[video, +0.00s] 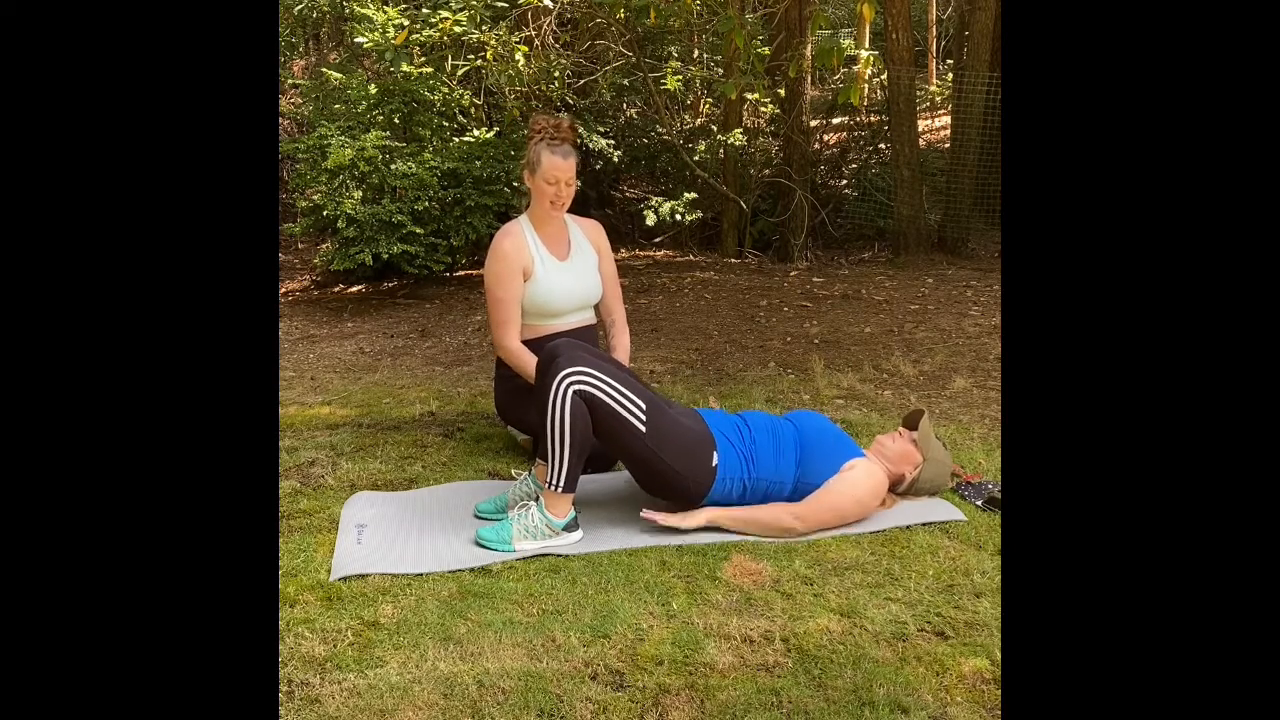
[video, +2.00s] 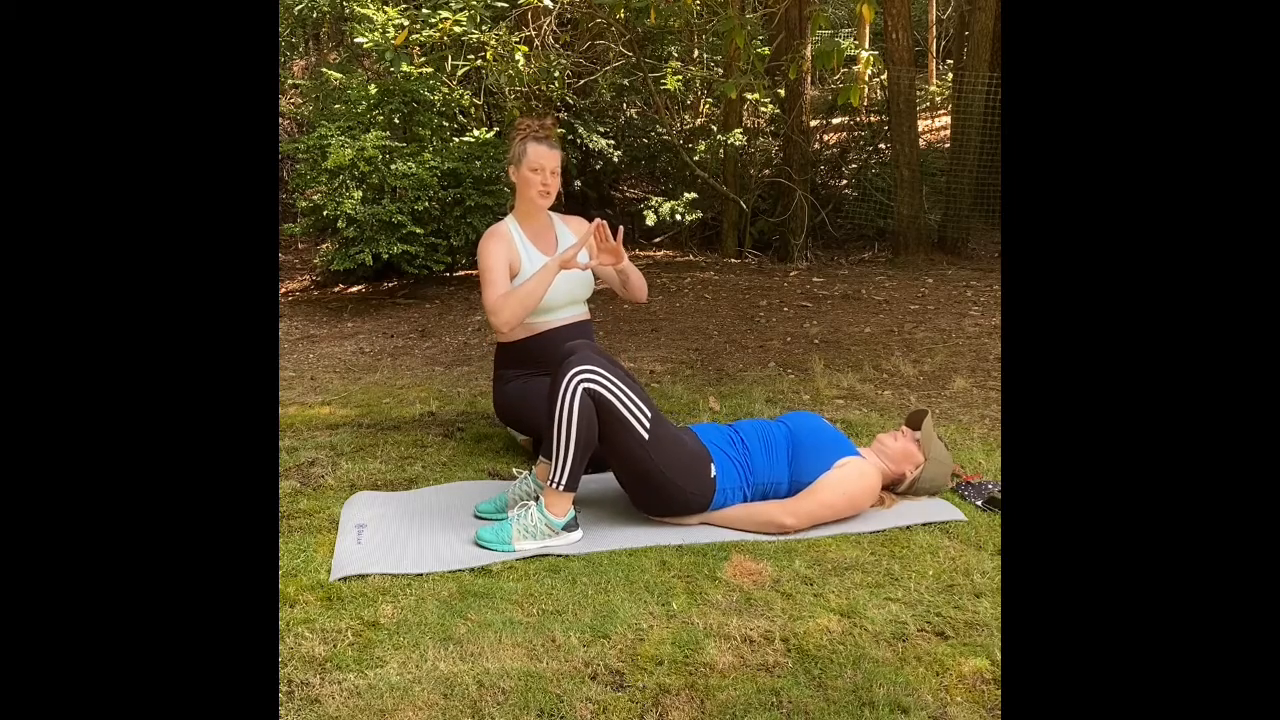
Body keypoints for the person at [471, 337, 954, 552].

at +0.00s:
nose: (897, 432)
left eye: (908, 439)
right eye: (905, 429)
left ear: (908, 472)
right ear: (896, 443)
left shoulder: (866, 479)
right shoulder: (847, 453)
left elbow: (799, 519)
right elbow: (768, 469)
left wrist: (706, 516)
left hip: (701, 465)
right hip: (690, 433)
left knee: (571, 367)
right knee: (563, 352)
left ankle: (555, 512)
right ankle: (544, 483)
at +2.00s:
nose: (898, 433)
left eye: (909, 440)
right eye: (907, 430)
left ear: (908, 472)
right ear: (895, 442)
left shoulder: (860, 477)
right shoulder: (844, 454)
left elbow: (788, 516)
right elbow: (772, 494)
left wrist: (703, 515)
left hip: (694, 480)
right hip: (680, 454)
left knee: (585, 372)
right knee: (586, 362)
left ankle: (554, 509)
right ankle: (543, 484)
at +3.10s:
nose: (898, 433)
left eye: (909, 440)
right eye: (906, 431)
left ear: (907, 471)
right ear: (896, 444)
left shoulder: (863, 478)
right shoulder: (846, 455)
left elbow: (794, 521)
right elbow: (775, 497)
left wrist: (707, 516)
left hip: (694, 482)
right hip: (680, 454)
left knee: (588, 375)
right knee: (590, 361)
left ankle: (554, 511)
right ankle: (541, 482)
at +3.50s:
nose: (900, 434)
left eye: (910, 441)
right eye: (908, 431)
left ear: (908, 470)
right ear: (899, 447)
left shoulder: (865, 474)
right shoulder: (852, 457)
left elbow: (792, 510)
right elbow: (777, 493)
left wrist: (709, 516)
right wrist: (709, 496)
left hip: (693, 481)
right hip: (680, 453)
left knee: (590, 376)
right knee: (590, 365)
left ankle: (554, 512)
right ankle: (539, 485)